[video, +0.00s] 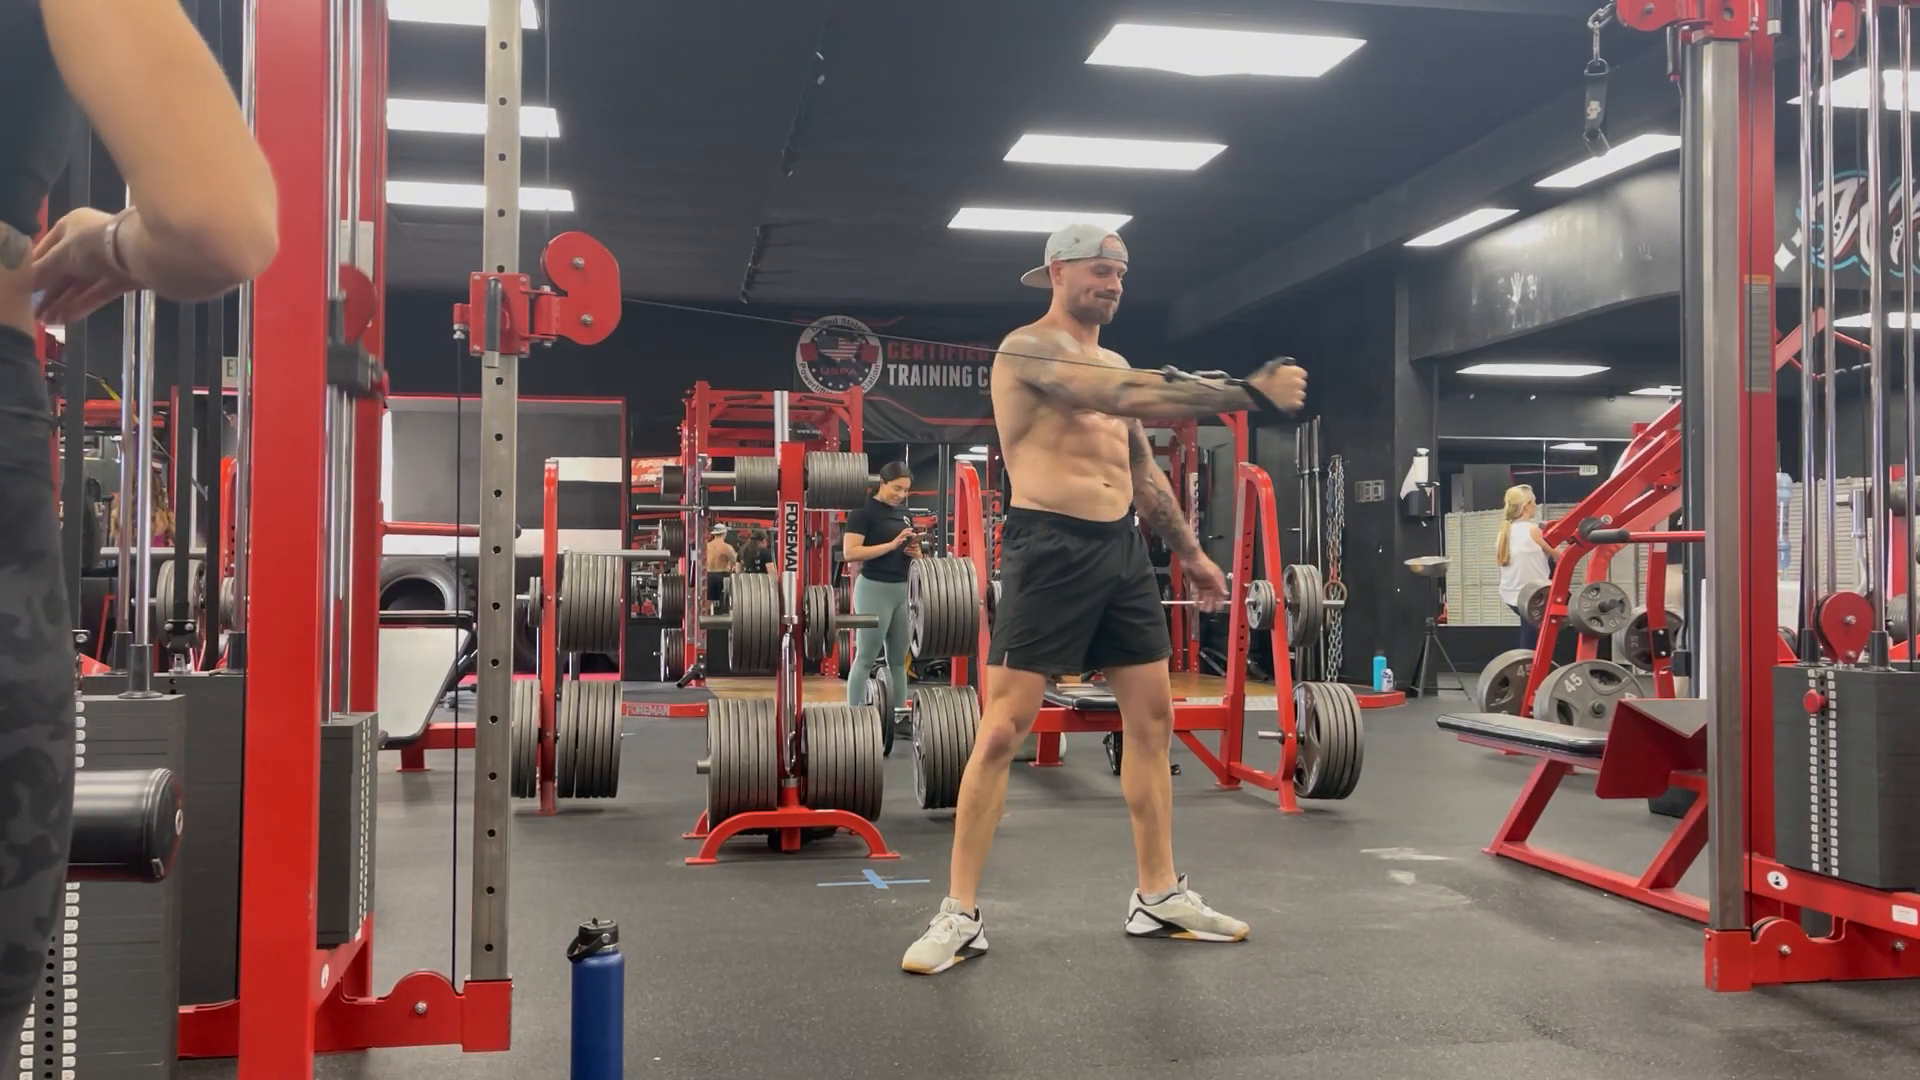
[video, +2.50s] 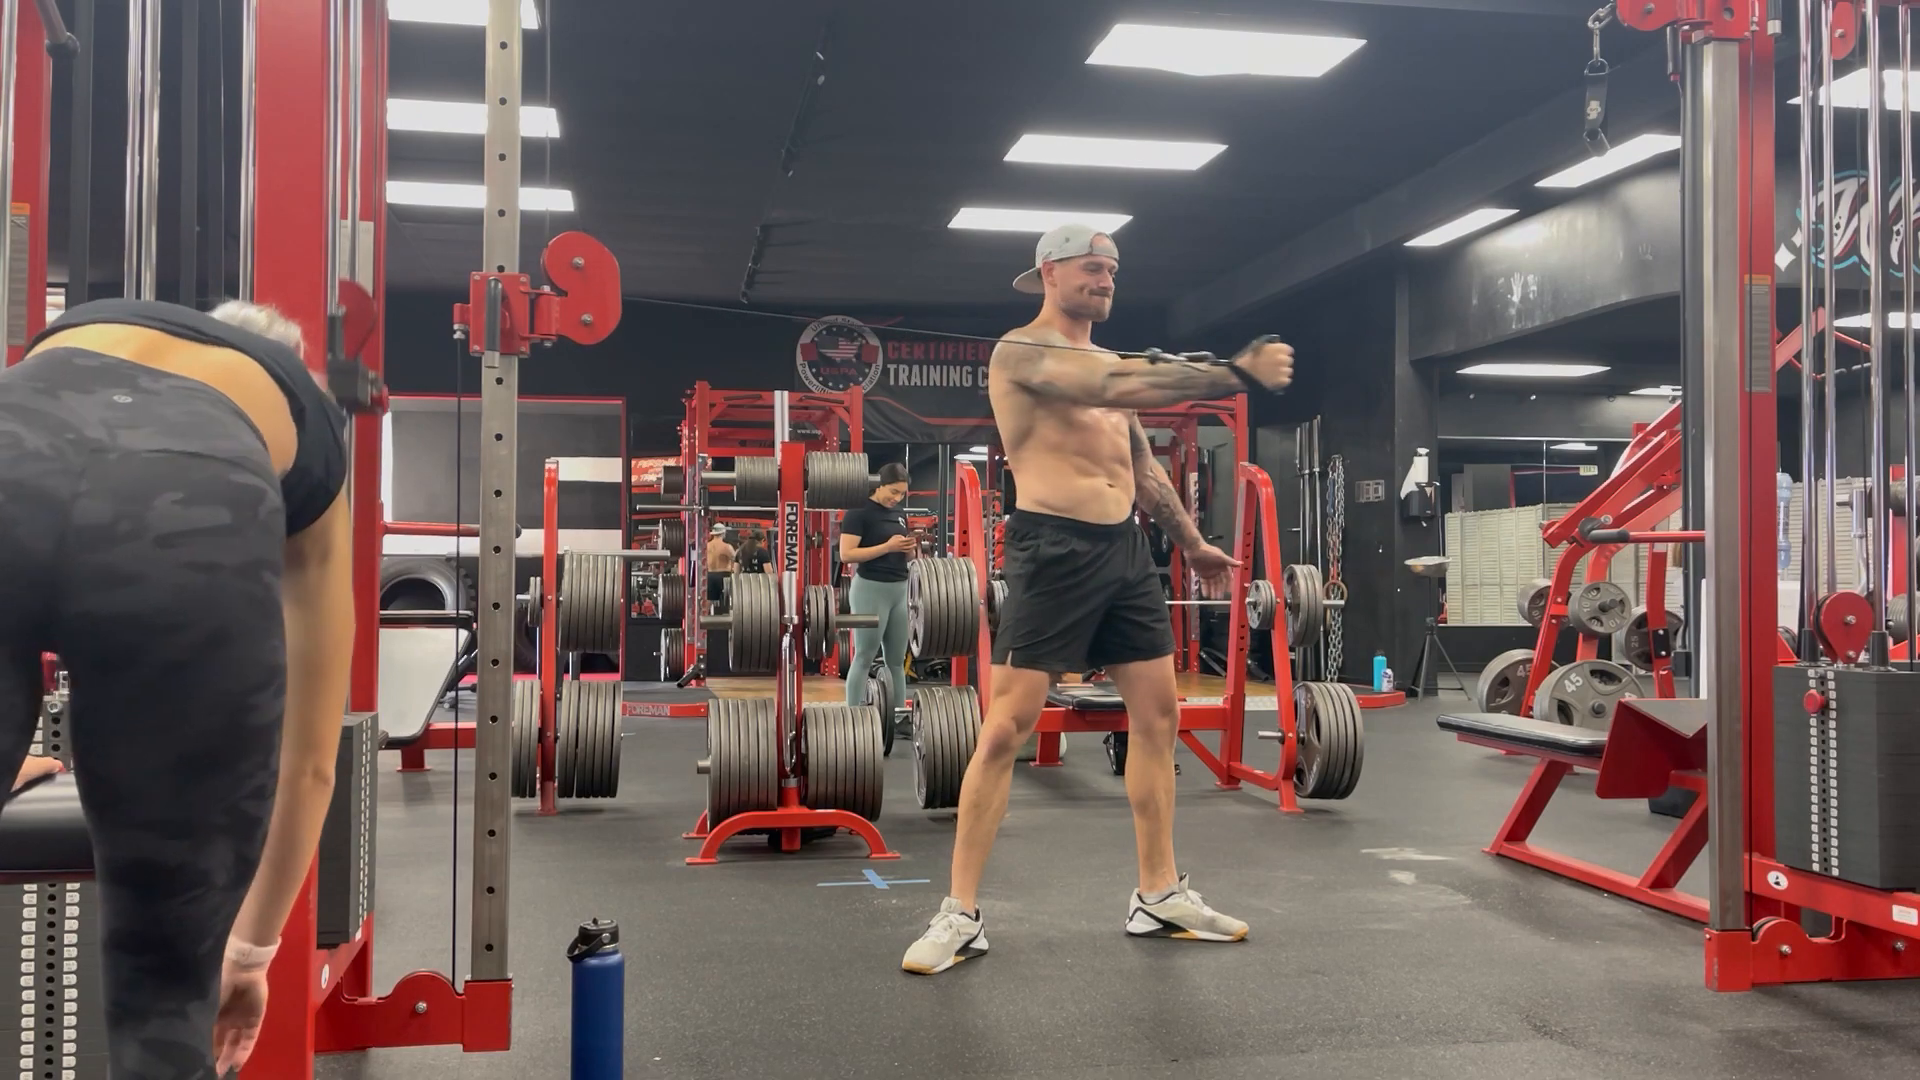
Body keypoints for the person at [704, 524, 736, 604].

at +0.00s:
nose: (725, 535)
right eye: (725, 533)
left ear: (714, 533)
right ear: (724, 534)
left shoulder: (708, 545)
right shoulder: (726, 547)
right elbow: (735, 558)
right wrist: (730, 567)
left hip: (710, 572)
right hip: (723, 572)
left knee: (709, 600)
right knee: (723, 601)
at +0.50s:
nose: (730, 536)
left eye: (730, 534)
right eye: (728, 534)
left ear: (721, 534)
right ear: (722, 534)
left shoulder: (711, 545)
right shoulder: (720, 547)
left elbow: (726, 552)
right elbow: (724, 565)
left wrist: (734, 555)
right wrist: (729, 576)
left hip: (711, 573)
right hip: (719, 573)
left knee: (710, 599)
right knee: (722, 600)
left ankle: (707, 617)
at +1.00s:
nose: (726, 535)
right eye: (725, 534)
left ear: (714, 534)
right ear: (724, 534)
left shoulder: (709, 545)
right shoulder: (727, 547)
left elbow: (706, 558)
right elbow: (733, 558)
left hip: (710, 572)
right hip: (723, 572)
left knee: (709, 600)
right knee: (723, 600)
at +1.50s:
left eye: (712, 534)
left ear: (713, 534)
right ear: (724, 534)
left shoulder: (707, 546)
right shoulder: (732, 547)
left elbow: (704, 561)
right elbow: (737, 561)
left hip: (711, 572)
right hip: (726, 572)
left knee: (708, 601)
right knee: (726, 602)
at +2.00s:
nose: (711, 535)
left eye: (711, 533)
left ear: (713, 534)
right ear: (723, 534)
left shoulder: (707, 546)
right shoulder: (732, 547)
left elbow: (705, 562)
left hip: (711, 573)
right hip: (726, 573)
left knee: (711, 600)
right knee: (725, 602)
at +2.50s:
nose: (725, 534)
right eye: (724, 533)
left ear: (713, 533)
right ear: (723, 534)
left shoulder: (708, 545)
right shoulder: (726, 547)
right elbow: (735, 557)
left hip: (710, 572)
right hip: (724, 572)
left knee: (709, 600)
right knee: (724, 600)